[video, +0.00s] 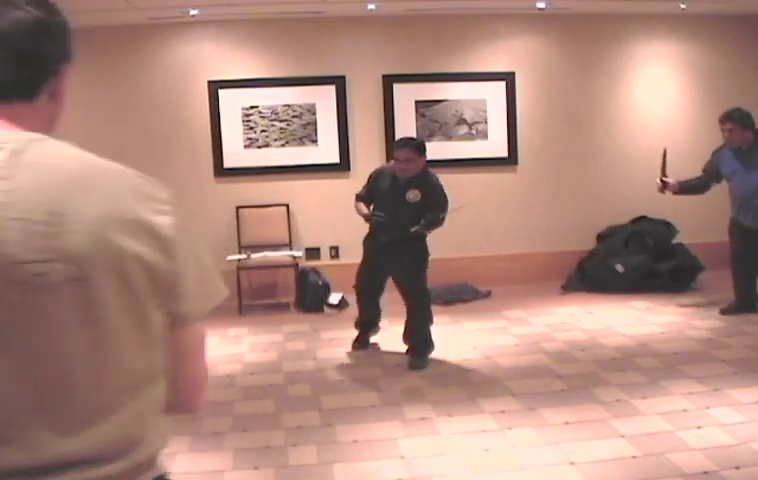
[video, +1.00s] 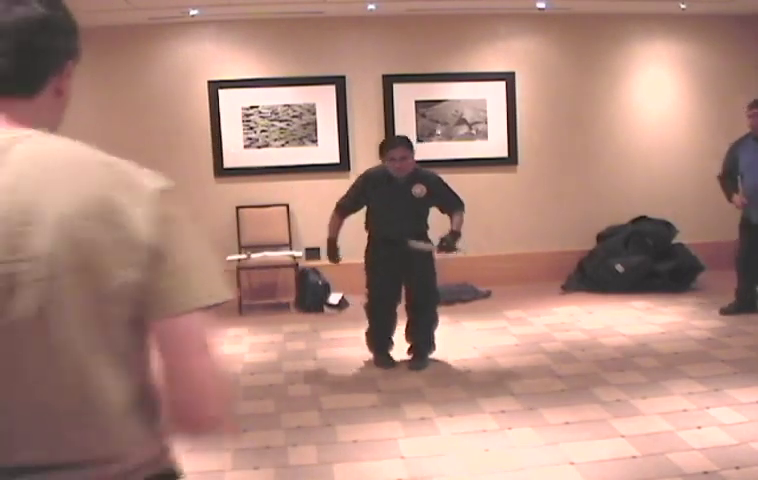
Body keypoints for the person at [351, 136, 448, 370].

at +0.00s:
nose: (401, 165)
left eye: (408, 161)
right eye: (397, 160)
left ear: (422, 161)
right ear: (392, 159)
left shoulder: (429, 183)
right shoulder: (381, 176)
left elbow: (438, 214)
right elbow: (361, 200)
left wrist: (422, 226)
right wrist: (366, 213)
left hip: (409, 246)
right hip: (378, 245)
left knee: (417, 299)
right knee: (365, 289)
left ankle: (419, 349)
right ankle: (366, 329)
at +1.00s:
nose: (399, 165)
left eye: (404, 158)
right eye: (392, 160)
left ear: (413, 158)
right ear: (384, 161)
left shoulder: (426, 180)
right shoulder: (371, 180)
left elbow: (455, 207)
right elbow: (341, 210)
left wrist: (454, 233)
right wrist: (331, 240)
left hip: (417, 251)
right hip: (381, 252)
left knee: (422, 301)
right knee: (381, 301)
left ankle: (420, 350)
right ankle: (380, 349)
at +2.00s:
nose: (399, 171)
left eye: (402, 165)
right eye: (392, 167)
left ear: (408, 160)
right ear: (378, 164)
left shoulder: (418, 178)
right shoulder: (362, 182)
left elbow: (446, 202)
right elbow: (334, 215)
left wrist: (432, 218)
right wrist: (330, 245)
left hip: (412, 246)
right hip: (379, 247)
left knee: (419, 297)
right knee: (380, 301)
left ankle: (421, 346)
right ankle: (381, 350)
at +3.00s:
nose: (403, 167)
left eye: (407, 161)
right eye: (396, 162)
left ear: (414, 157)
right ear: (384, 162)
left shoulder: (427, 179)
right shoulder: (371, 180)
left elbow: (443, 206)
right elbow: (347, 215)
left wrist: (439, 227)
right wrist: (358, 241)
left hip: (417, 248)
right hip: (381, 248)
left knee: (423, 297)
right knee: (380, 300)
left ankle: (421, 346)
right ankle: (379, 349)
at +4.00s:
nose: (398, 172)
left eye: (404, 166)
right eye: (392, 166)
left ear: (411, 166)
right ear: (381, 166)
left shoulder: (419, 190)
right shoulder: (365, 182)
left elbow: (427, 224)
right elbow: (340, 211)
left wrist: (410, 234)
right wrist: (360, 226)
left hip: (402, 250)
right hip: (367, 250)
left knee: (412, 302)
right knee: (365, 299)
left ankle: (422, 354)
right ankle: (374, 341)